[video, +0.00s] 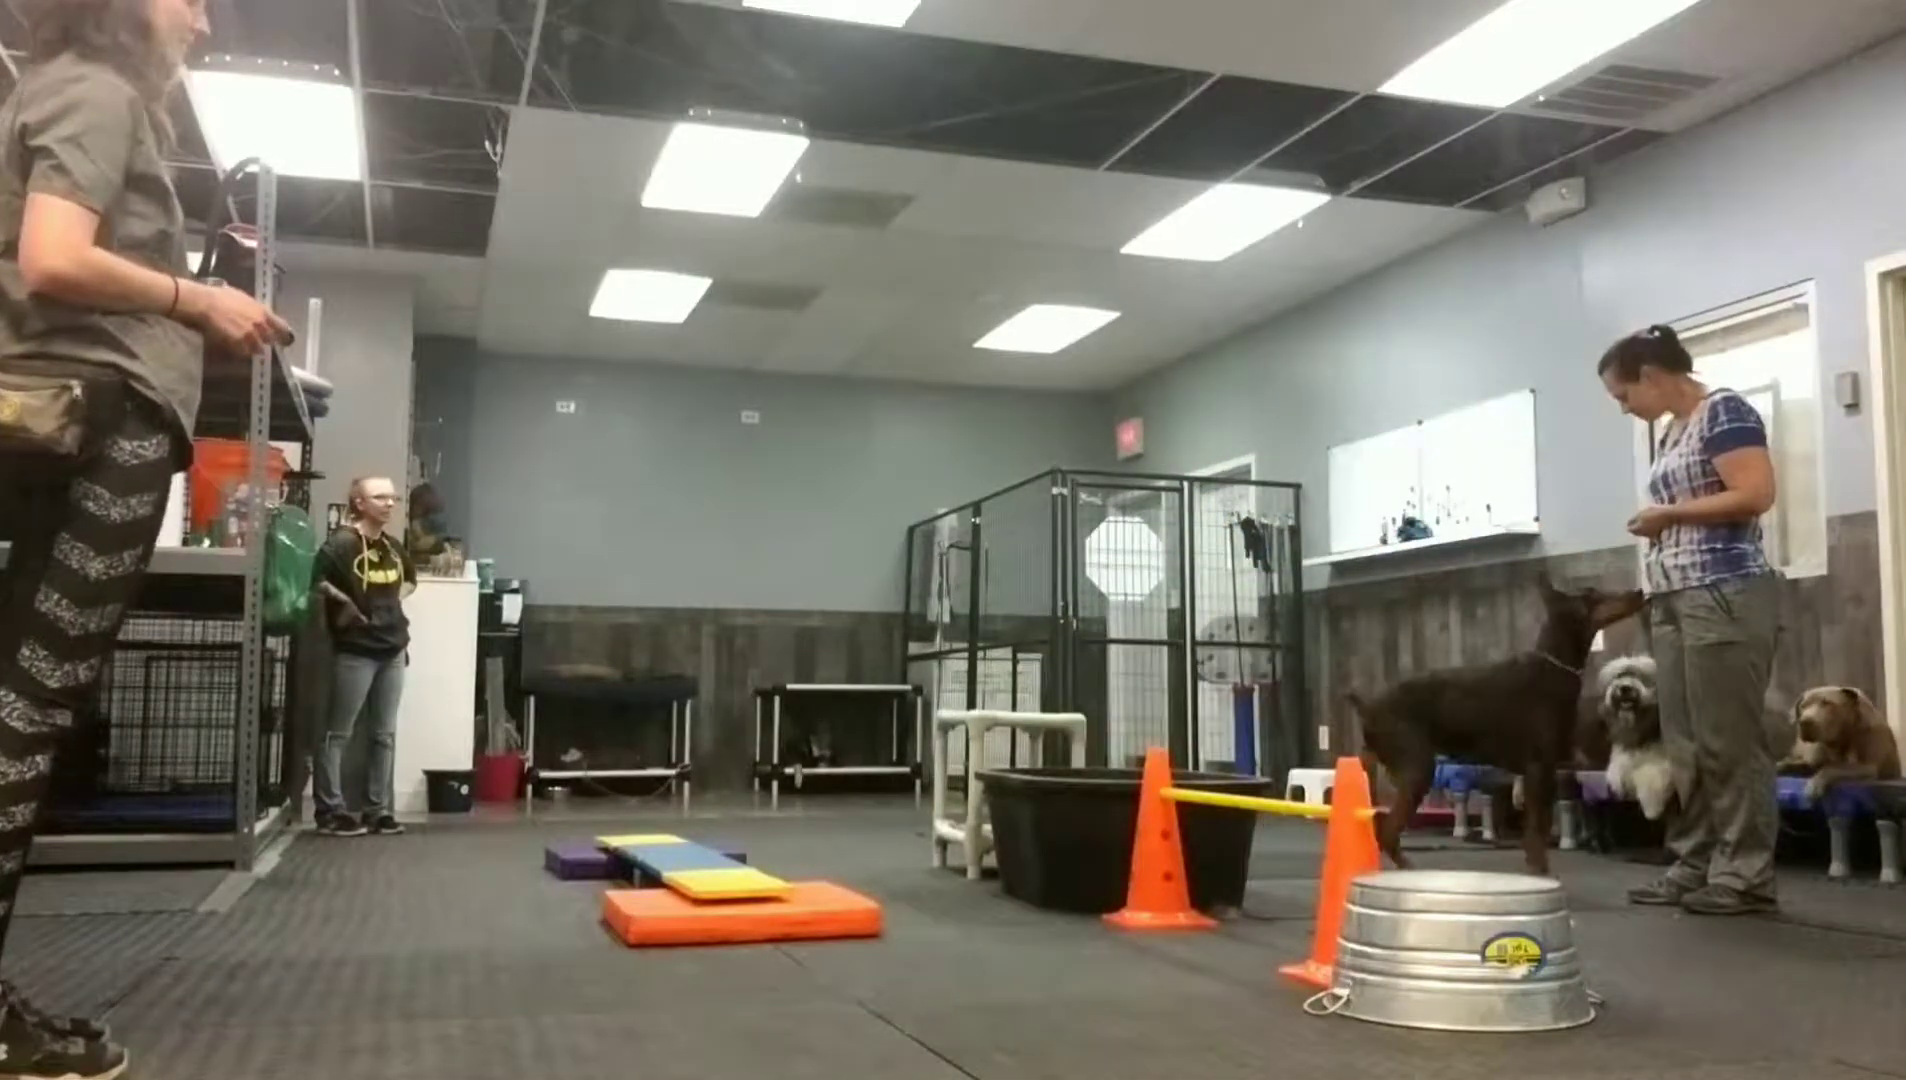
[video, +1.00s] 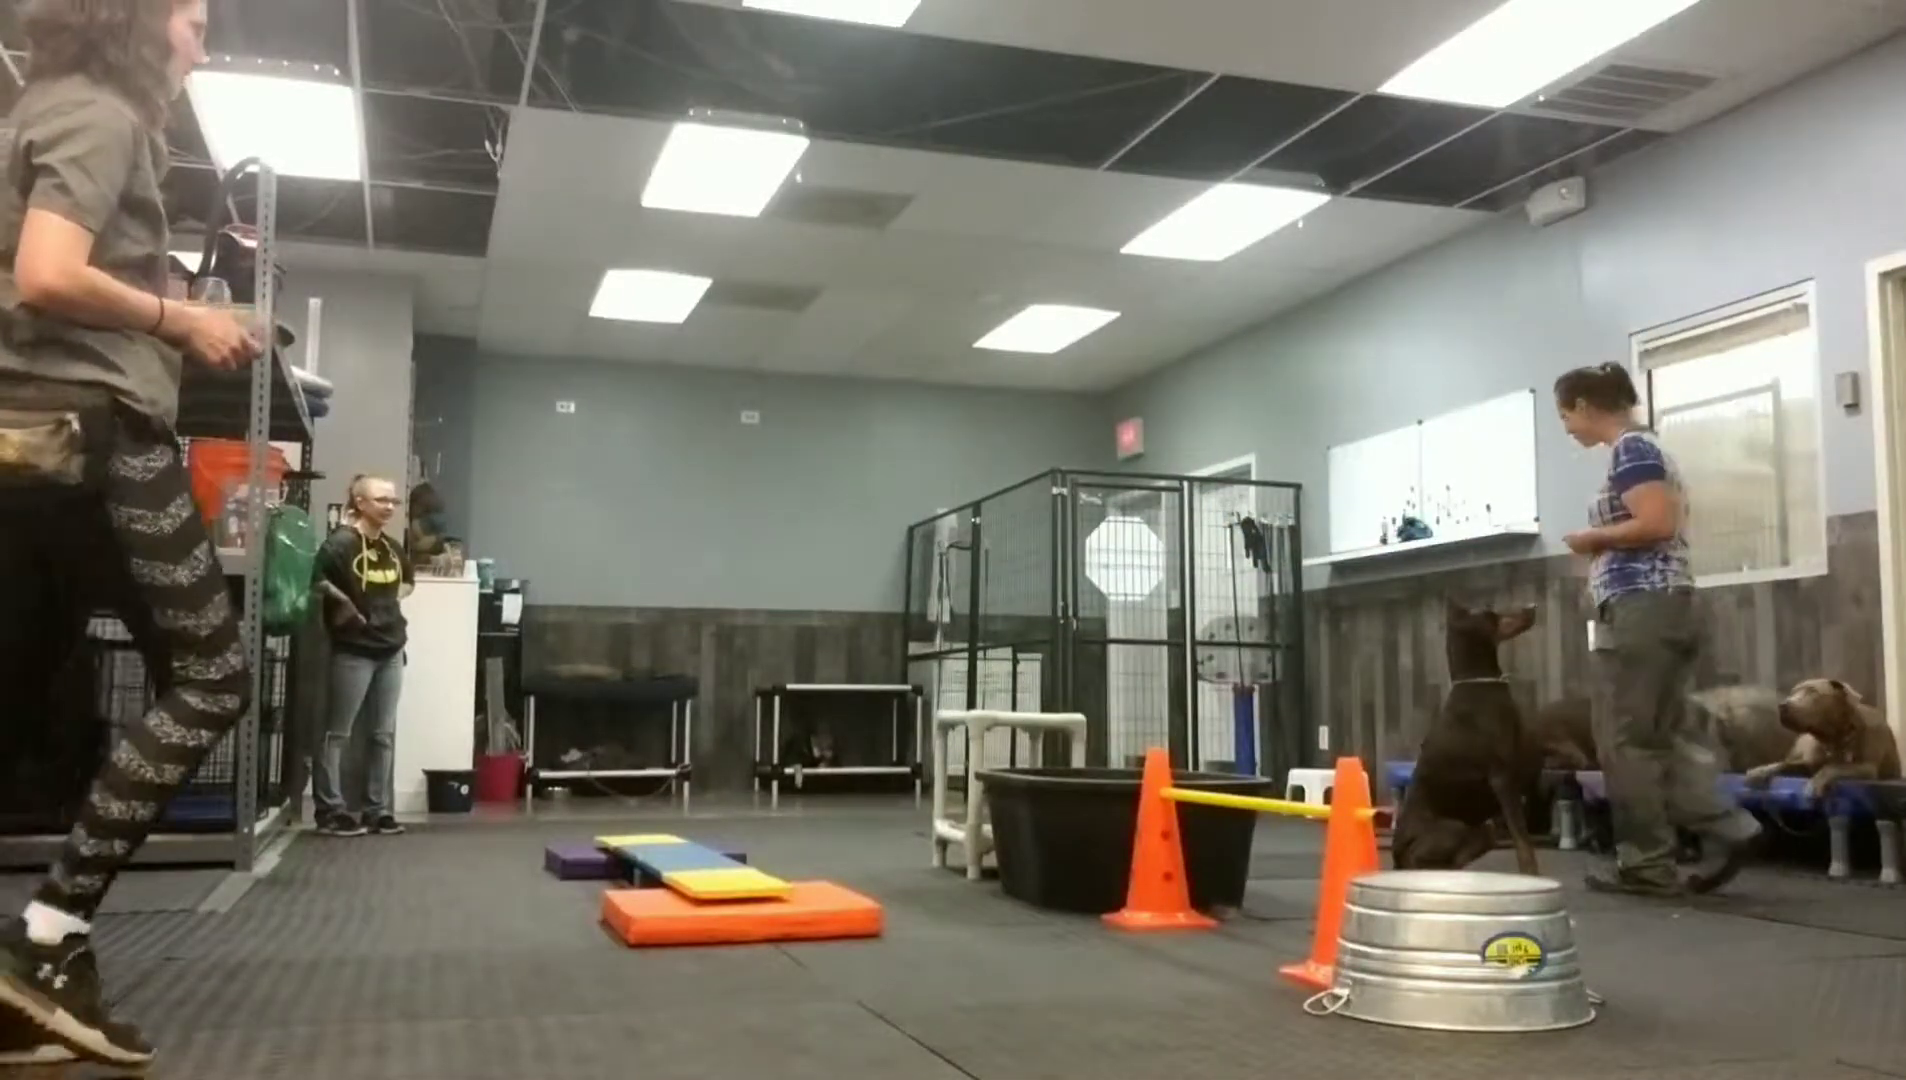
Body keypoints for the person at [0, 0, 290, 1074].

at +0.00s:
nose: (203, 20)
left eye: (202, 8)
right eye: (191, 3)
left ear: (124, 12)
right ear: (141, 2)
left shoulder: (102, 88)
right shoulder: (99, 88)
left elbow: (65, 261)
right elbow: (54, 259)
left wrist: (193, 293)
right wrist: (198, 297)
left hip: (99, 426)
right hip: (102, 429)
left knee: (39, 703)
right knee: (35, 707)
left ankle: (1, 1002)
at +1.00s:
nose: (200, 38)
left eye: (202, 19)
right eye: (191, 14)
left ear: (95, 19)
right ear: (136, 15)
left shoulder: (48, 104)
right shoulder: (98, 109)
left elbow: (56, 274)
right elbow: (46, 274)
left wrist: (172, 308)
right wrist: (180, 315)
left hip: (35, 432)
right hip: (97, 437)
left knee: (30, 712)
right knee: (209, 673)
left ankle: (37, 972)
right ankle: (51, 936)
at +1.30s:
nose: (350, 85)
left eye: (347, 64)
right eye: (342, 64)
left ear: (242, 74)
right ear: (304, 70)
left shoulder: (194, 166)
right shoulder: (279, 163)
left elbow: (172, 323)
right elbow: (248, 316)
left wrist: (325, 373)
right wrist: (358, 361)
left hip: (192, 457)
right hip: (274, 458)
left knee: (124, 714)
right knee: (362, 702)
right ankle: (357, 970)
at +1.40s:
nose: (441, 90)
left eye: (438, 71)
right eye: (429, 70)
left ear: (332, 78)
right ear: (380, 73)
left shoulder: (283, 175)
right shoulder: (388, 166)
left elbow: (271, 319)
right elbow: (370, 318)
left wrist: (383, 352)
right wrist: (458, 356)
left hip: (299, 449)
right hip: (373, 449)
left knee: (327, 722)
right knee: (394, 718)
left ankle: (134, 890)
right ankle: (363, 970)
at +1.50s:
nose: (531, 112)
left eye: (528, 93)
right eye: (523, 92)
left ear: (427, 95)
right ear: (487, 94)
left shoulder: (380, 185)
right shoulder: (482, 184)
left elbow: (355, 323)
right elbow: (465, 332)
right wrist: (529, 377)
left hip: (372, 453)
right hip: (443, 459)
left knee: (508, 691)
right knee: (413, 713)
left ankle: (453, 933)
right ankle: (358, 968)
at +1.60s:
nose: (617, 143)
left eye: (615, 125)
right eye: (611, 125)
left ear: (512, 129)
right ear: (579, 128)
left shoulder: (466, 219)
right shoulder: (569, 215)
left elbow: (412, 376)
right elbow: (557, 359)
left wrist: (518, 390)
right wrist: (611, 399)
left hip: (459, 479)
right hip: (532, 482)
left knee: (589, 704)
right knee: (483, 727)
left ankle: (655, 925)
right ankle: (367, 963)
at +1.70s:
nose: (694, 150)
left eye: (692, 131)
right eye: (688, 132)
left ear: (607, 138)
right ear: (657, 139)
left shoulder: (566, 235)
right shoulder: (648, 225)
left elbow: (528, 395)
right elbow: (643, 369)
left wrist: (665, 409)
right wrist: (715, 403)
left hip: (583, 497)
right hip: (638, 494)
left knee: (657, 718)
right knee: (671, 724)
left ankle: (677, 940)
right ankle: (480, 882)